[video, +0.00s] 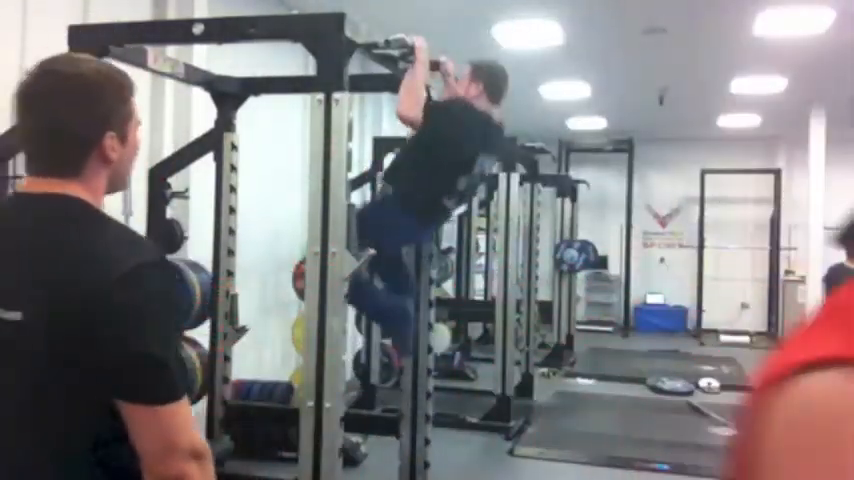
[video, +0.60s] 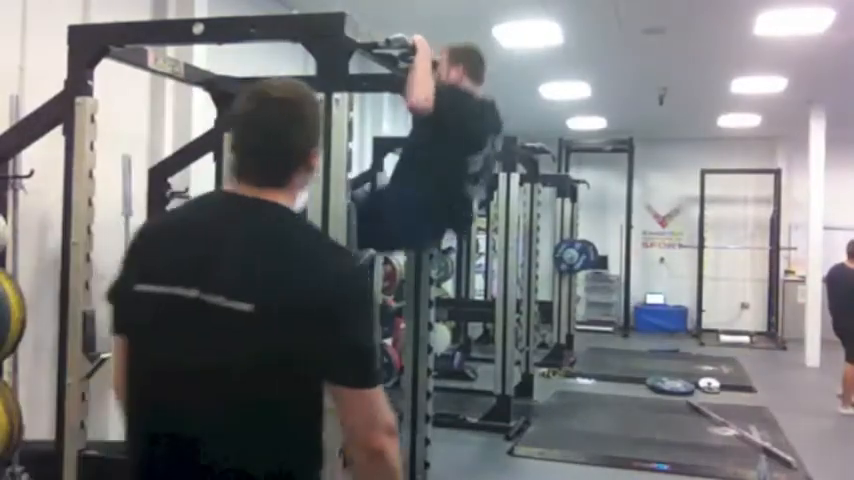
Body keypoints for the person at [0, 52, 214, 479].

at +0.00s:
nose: (139, 141)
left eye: (138, 127)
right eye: (135, 128)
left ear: (31, 135)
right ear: (110, 145)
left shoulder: (8, 223)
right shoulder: (129, 267)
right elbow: (176, 459)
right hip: (89, 466)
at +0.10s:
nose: (160, 149)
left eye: (158, 135)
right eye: (158, 136)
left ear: (59, 140)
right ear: (138, 152)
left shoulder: (10, 237)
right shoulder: (155, 273)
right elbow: (196, 461)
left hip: (16, 462)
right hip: (114, 468)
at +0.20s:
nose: (191, 154)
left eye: (188, 141)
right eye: (188, 142)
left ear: (89, 146)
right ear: (171, 155)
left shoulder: (13, 256)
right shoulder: (183, 276)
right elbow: (228, 461)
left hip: (23, 467)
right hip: (142, 469)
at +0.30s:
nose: (223, 156)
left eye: (222, 144)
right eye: (221, 144)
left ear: (127, 144)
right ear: (205, 157)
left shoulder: (46, 253)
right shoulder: (228, 275)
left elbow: (27, 409)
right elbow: (265, 455)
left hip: (53, 469)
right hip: (185, 470)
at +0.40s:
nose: (255, 153)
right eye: (253, 144)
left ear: (164, 143)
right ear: (242, 156)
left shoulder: (83, 246)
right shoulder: (266, 269)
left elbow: (61, 401)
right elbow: (304, 445)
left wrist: (74, 465)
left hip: (100, 468)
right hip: (223, 469)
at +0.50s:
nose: (289, 154)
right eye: (288, 144)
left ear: (202, 143)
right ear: (279, 157)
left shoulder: (124, 241)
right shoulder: (301, 268)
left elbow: (94, 393)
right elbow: (343, 442)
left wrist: (112, 452)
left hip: (131, 467)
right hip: (251, 467)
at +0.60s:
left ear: (233, 147)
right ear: (312, 161)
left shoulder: (156, 239)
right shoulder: (330, 269)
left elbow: (126, 388)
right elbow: (373, 440)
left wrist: (155, 449)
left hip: (163, 467)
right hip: (277, 466)